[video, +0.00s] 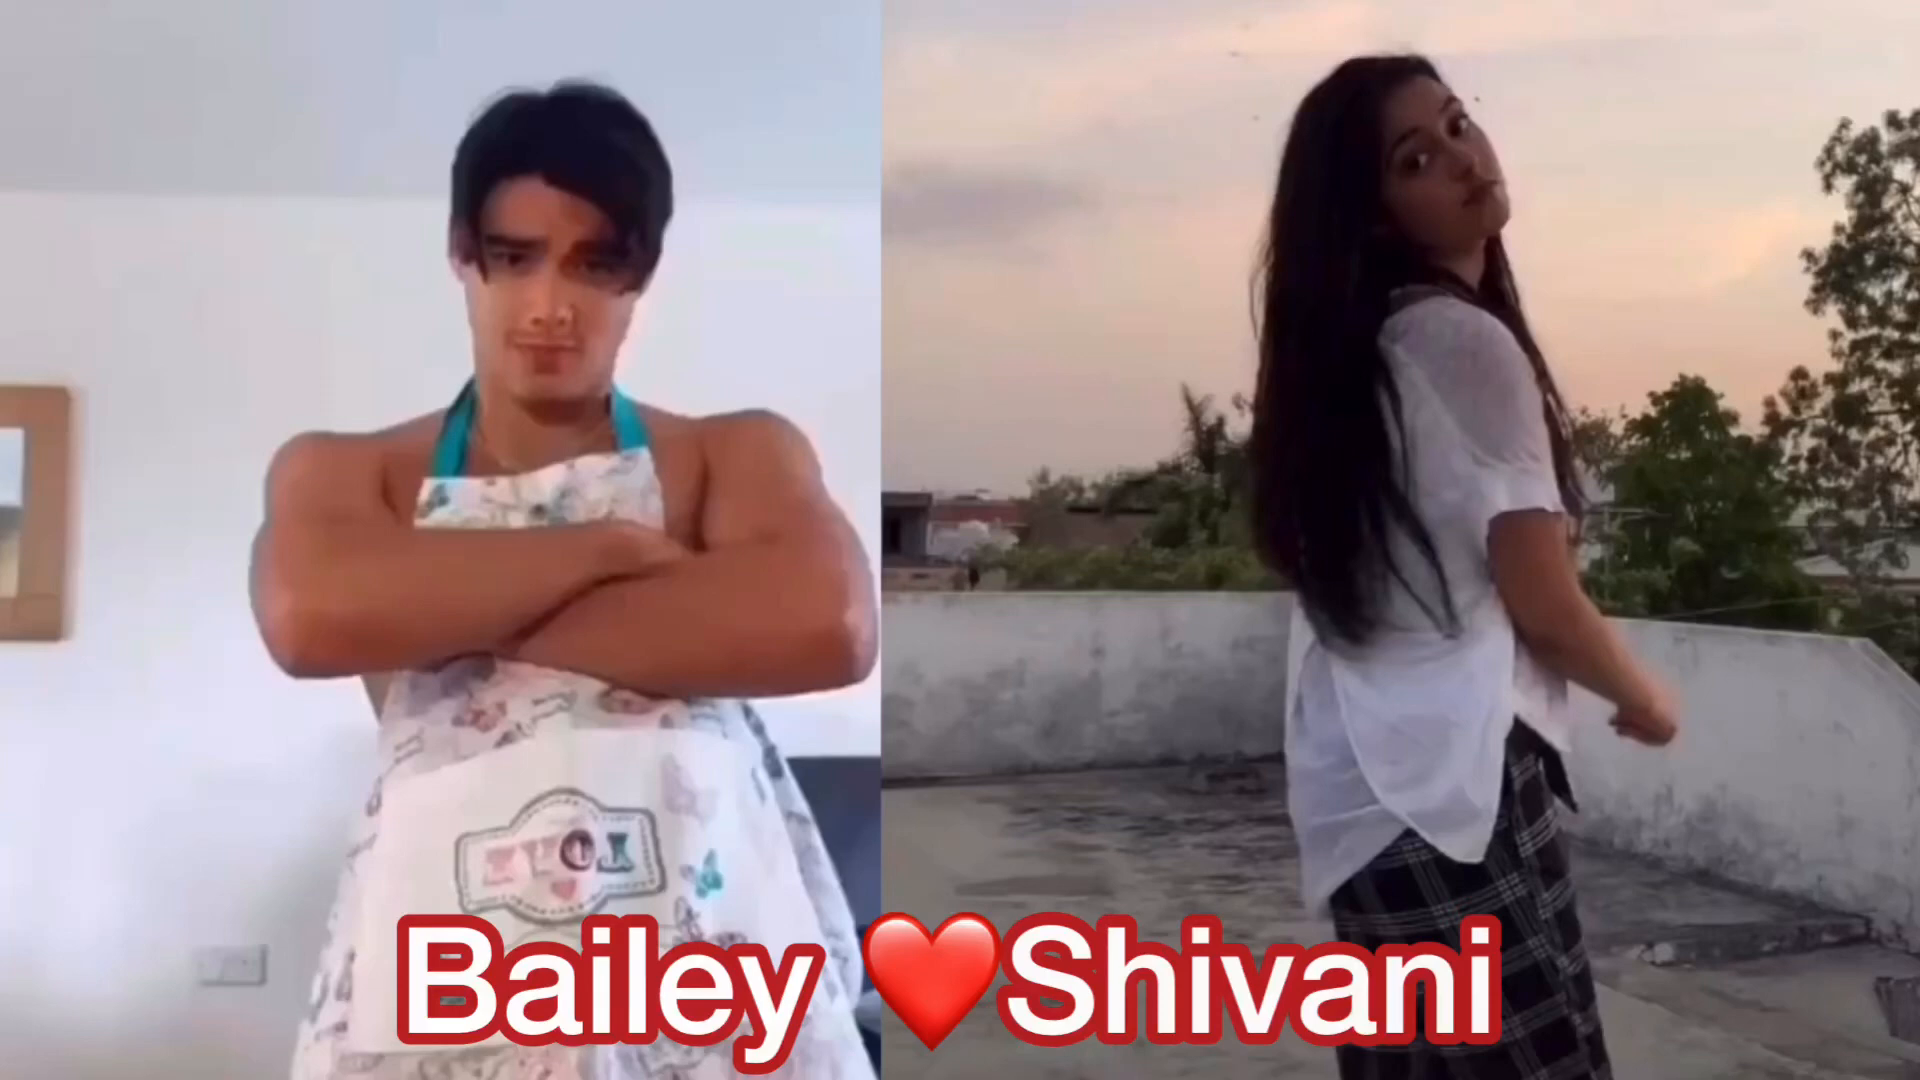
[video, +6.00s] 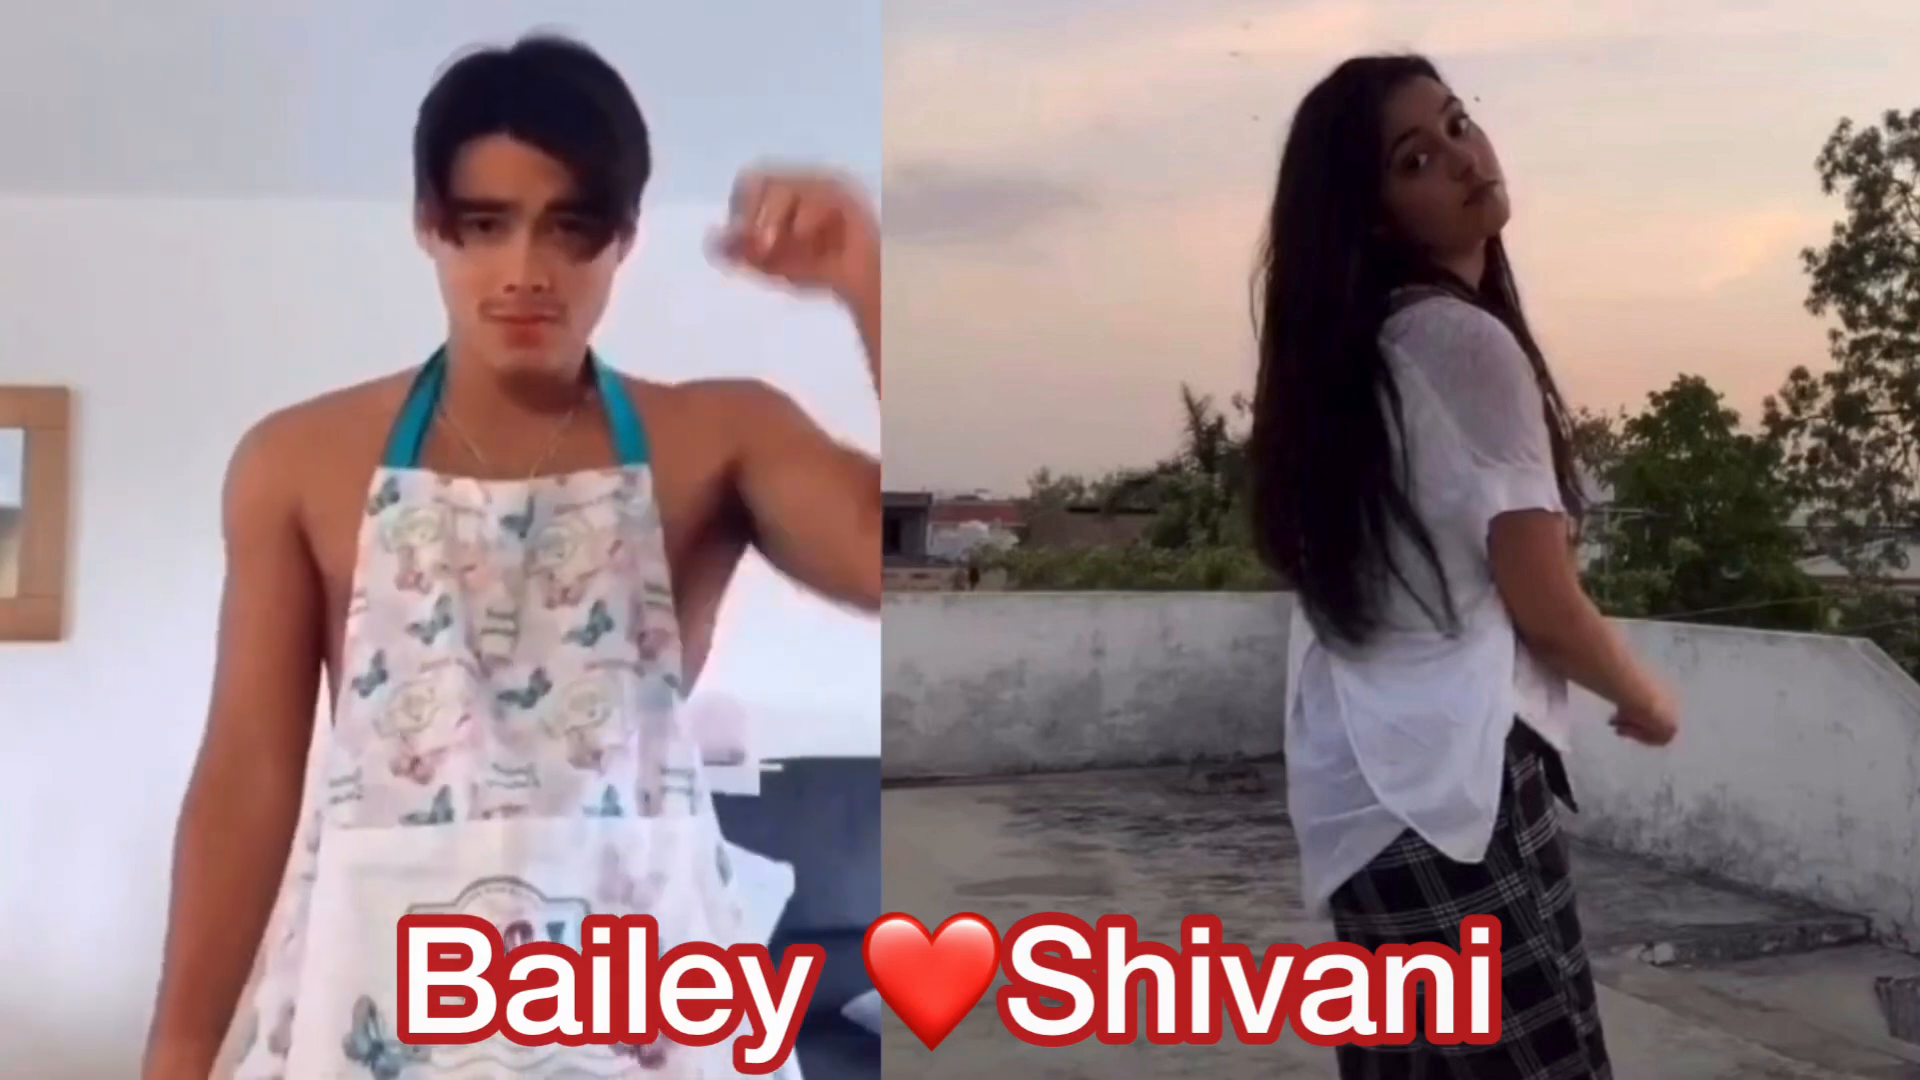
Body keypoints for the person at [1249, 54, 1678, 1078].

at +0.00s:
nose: (1467, 158)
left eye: (1459, 125)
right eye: (1418, 158)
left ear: (1480, 129)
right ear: (1371, 210)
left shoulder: (1353, 333)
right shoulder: (1464, 339)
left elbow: (1393, 566)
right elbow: (1545, 604)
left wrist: (1546, 666)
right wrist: (1643, 697)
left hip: (1363, 784)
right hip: (1451, 790)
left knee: (1397, 1056)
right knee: (1544, 1056)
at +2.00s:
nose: (1467, 158)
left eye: (1460, 125)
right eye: (1418, 158)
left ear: (1479, 128)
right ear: (1371, 210)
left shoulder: (1354, 332)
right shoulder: (1464, 339)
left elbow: (1395, 566)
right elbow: (1545, 603)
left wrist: (1547, 666)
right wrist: (1643, 698)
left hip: (1363, 785)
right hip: (1451, 790)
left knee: (1397, 1056)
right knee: (1544, 1055)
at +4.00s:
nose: (1467, 158)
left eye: (1459, 125)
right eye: (1418, 158)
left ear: (1479, 128)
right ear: (1370, 210)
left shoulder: (1353, 333)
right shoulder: (1465, 339)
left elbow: (1393, 566)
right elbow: (1545, 603)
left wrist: (1546, 665)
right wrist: (1642, 697)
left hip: (1362, 783)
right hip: (1451, 789)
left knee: (1397, 1056)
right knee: (1544, 1055)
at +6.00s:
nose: (1466, 158)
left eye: (1459, 125)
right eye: (1417, 158)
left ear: (1480, 129)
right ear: (1370, 210)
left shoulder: (1353, 333)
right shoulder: (1465, 339)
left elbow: (1392, 564)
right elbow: (1545, 602)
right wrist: (1643, 697)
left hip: (1362, 783)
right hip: (1452, 789)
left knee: (1397, 1056)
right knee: (1544, 1056)